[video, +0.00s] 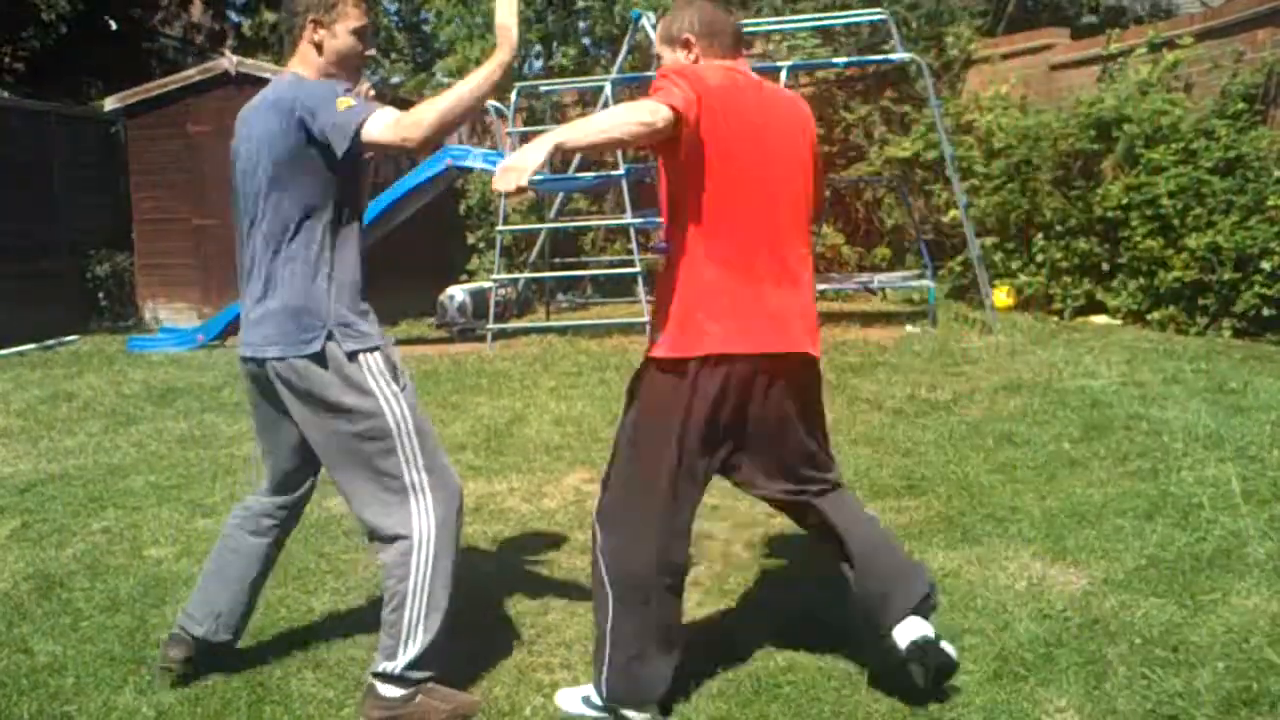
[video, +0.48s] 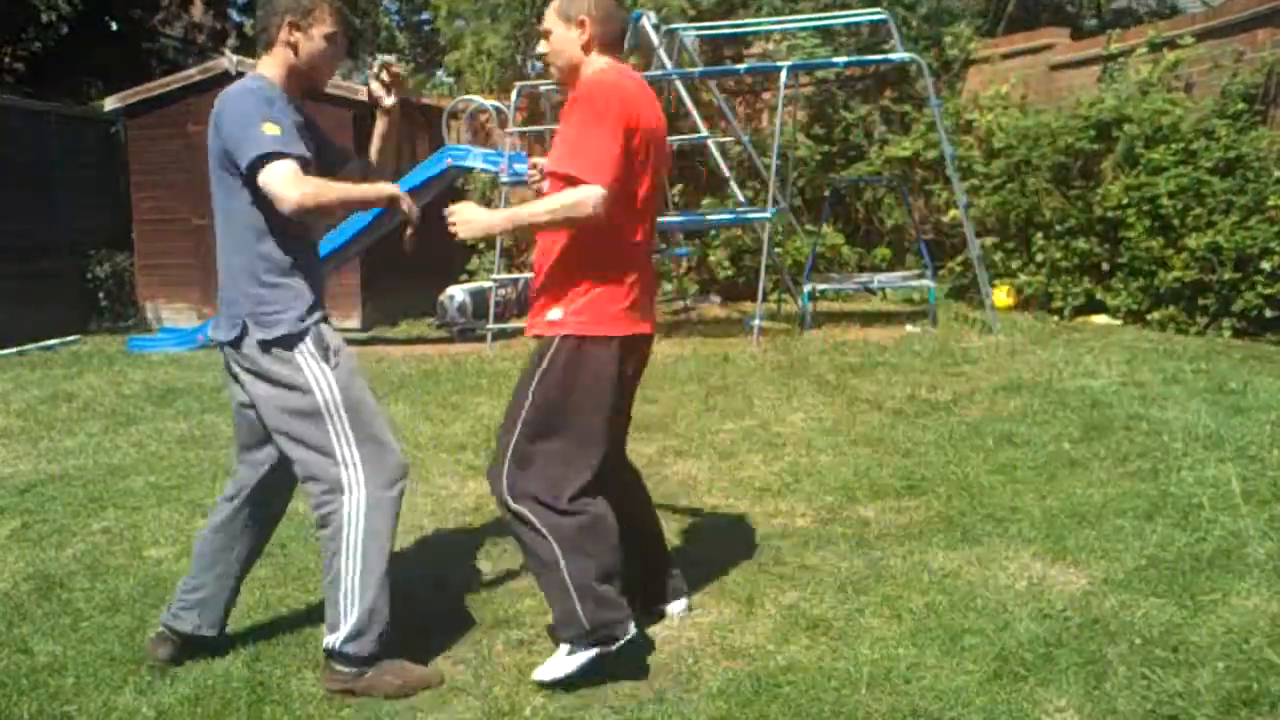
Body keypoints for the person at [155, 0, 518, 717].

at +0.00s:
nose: (370, 49)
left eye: (370, 35)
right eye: (362, 34)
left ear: (314, 34)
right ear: (318, 33)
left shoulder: (254, 114)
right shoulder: (308, 97)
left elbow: (330, 212)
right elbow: (412, 131)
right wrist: (502, 55)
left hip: (265, 338)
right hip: (328, 334)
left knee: (276, 492)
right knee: (426, 495)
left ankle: (196, 638)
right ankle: (400, 680)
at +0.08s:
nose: (375, 52)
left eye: (375, 40)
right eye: (366, 39)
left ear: (315, 37)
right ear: (321, 36)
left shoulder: (254, 121)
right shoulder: (322, 101)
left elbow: (351, 171)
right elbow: (437, 89)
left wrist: (410, 111)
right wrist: (531, 27)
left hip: (264, 348)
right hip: (329, 344)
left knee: (280, 487)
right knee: (426, 500)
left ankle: (197, 628)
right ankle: (401, 680)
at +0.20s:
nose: (362, 83)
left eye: (363, 70)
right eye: (356, 71)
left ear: (304, 68)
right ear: (316, 64)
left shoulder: (245, 139)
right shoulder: (328, 117)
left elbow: (304, 220)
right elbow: (445, 90)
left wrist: (363, 181)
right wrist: (526, 25)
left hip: (254, 362)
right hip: (321, 358)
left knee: (259, 501)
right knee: (426, 503)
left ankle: (180, 638)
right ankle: (401, 679)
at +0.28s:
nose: (349, 74)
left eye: (350, 63)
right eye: (343, 62)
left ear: (292, 59)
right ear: (307, 56)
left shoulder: (239, 131)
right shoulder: (309, 114)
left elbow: (325, 208)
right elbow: (418, 134)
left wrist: (366, 165)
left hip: (246, 353)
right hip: (305, 353)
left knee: (257, 497)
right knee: (401, 494)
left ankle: (189, 632)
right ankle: (399, 674)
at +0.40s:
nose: (345, 65)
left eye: (346, 51)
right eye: (339, 49)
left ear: (293, 42)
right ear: (298, 41)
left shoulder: (259, 107)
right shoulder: (270, 103)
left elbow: (335, 201)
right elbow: (349, 171)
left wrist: (372, 134)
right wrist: (414, 148)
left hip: (251, 333)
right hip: (289, 333)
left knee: (262, 484)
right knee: (377, 474)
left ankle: (188, 632)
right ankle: (383, 661)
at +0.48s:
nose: (341, 59)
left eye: (342, 45)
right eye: (334, 42)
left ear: (291, 37)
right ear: (292, 35)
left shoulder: (284, 111)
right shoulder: (250, 99)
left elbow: (366, 183)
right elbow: (294, 195)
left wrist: (387, 114)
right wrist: (389, 191)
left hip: (266, 327)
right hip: (281, 328)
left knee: (262, 476)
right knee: (365, 471)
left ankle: (185, 629)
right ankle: (355, 657)